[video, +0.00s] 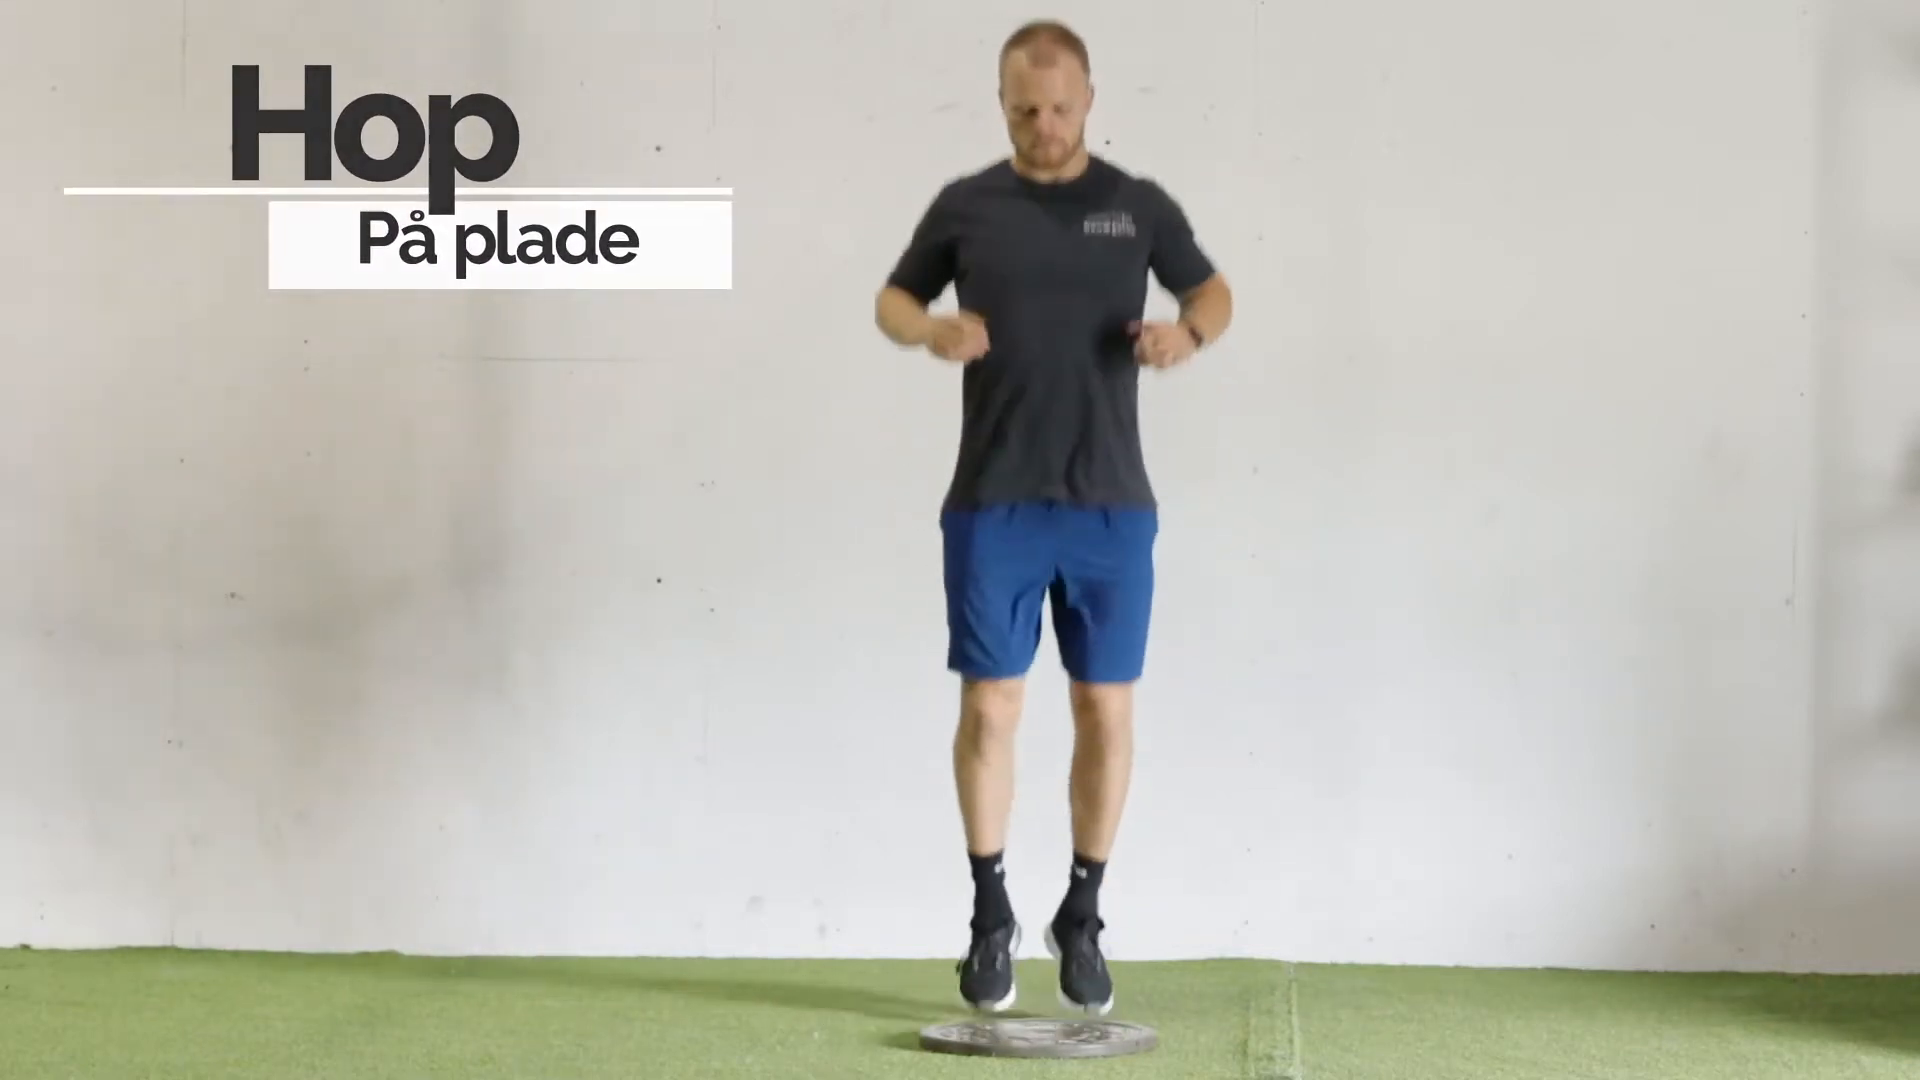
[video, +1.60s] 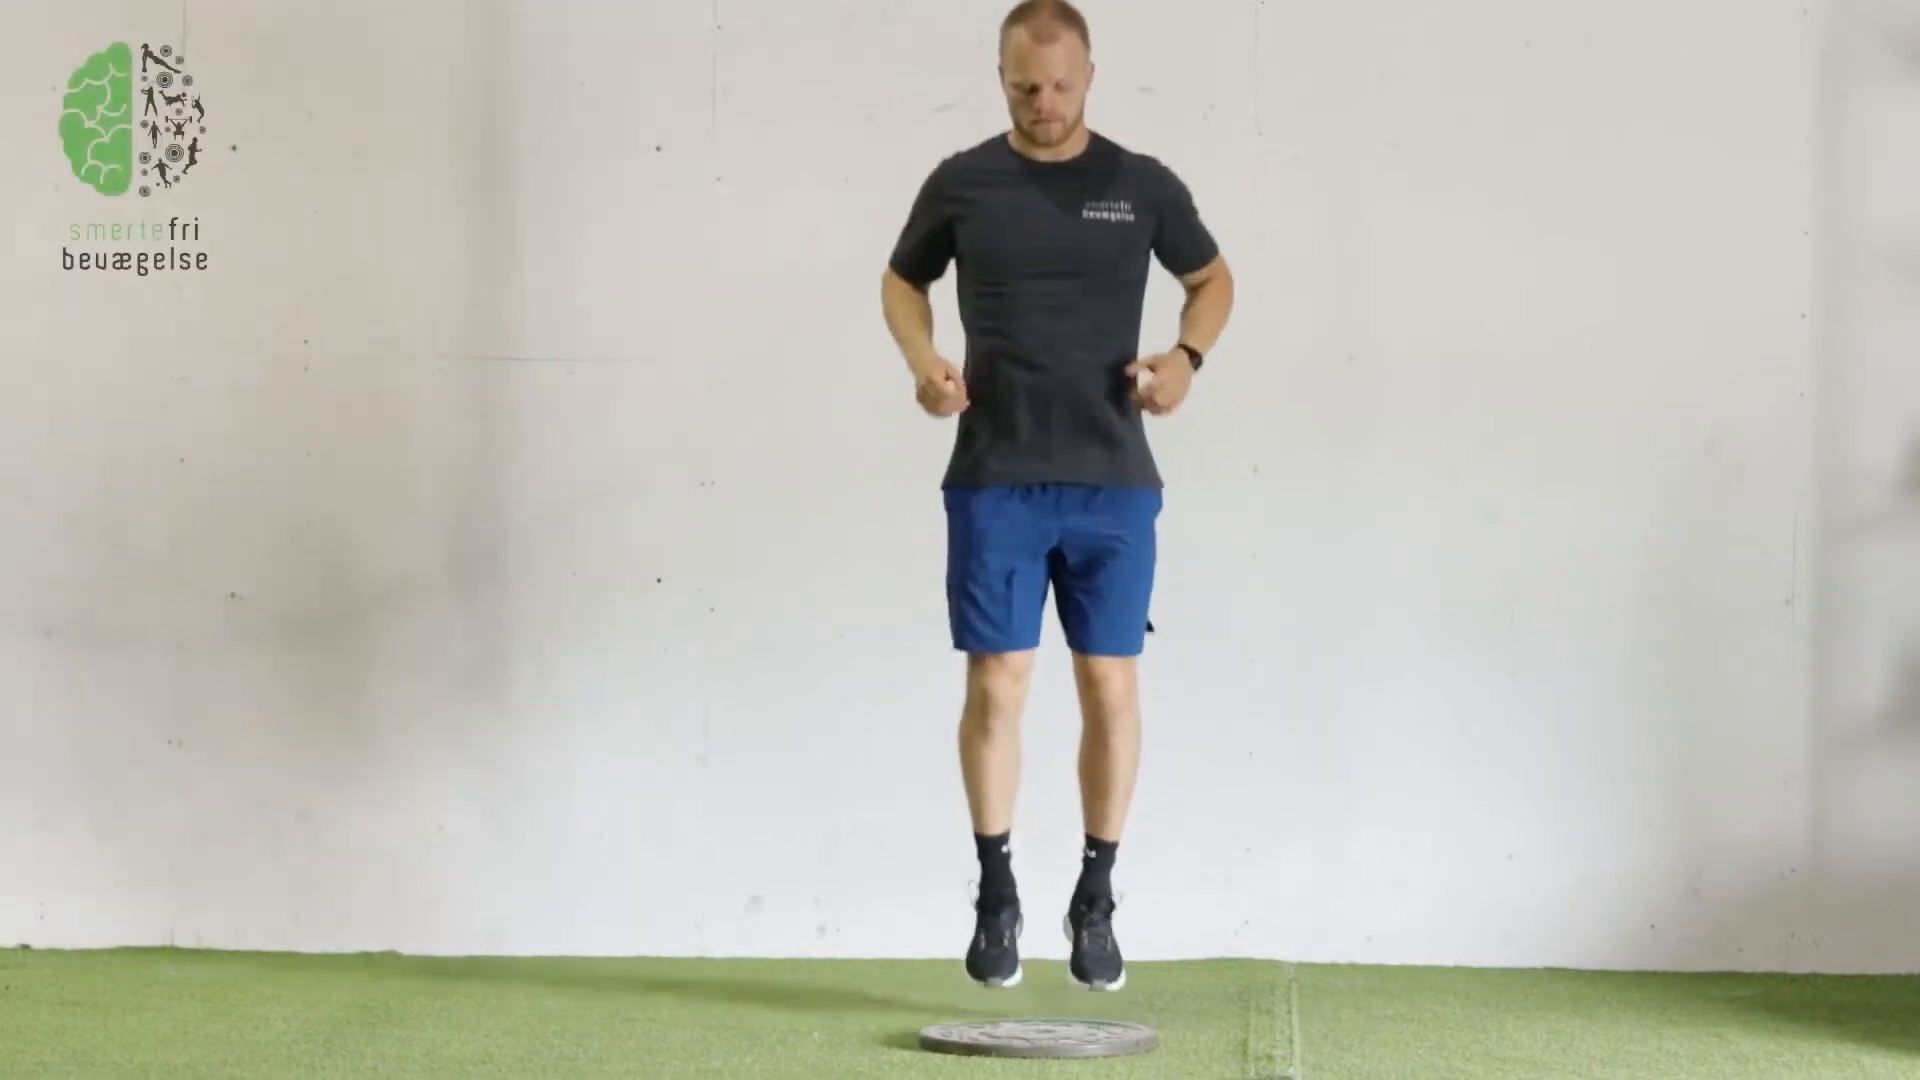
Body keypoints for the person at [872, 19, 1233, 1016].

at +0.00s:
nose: (1044, 125)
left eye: (1059, 108)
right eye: (1027, 109)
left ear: (1088, 102)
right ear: (1004, 108)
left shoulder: (1139, 206)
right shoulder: (965, 207)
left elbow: (1212, 293)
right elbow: (893, 302)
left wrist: (1186, 332)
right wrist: (932, 328)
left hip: (1110, 500)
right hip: (996, 498)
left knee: (1105, 712)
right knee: (990, 711)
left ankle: (1082, 917)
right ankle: (991, 916)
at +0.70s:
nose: (1057, 166)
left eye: (1073, 149)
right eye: (1040, 150)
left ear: (1103, 144)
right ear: (1018, 150)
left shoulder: (1155, 258)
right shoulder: (971, 258)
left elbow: (1211, 364)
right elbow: (921, 365)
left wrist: (1210, 453)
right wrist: (937, 458)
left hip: (1121, 548)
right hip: (1007, 546)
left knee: (1113, 754)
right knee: (1015, 754)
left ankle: (1103, 950)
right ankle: (1023, 946)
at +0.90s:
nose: (1055, 142)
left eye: (1071, 125)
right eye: (1038, 126)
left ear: (1101, 120)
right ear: (1016, 125)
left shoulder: (1149, 230)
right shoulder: (974, 227)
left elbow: (1213, 334)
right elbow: (899, 325)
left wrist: (1187, 369)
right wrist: (935, 340)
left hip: (1120, 517)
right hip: (1007, 515)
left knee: (1120, 721)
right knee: (1008, 722)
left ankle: (1106, 929)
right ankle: (1015, 929)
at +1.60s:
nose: (1043, 105)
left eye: (1059, 86)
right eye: (1025, 87)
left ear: (1089, 76)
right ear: (1002, 82)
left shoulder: (1143, 186)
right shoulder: (962, 183)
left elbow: (1211, 279)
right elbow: (904, 280)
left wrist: (1184, 357)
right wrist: (925, 365)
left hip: (1112, 476)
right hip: (997, 475)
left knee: (1109, 686)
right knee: (997, 683)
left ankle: (1096, 900)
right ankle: (996, 896)